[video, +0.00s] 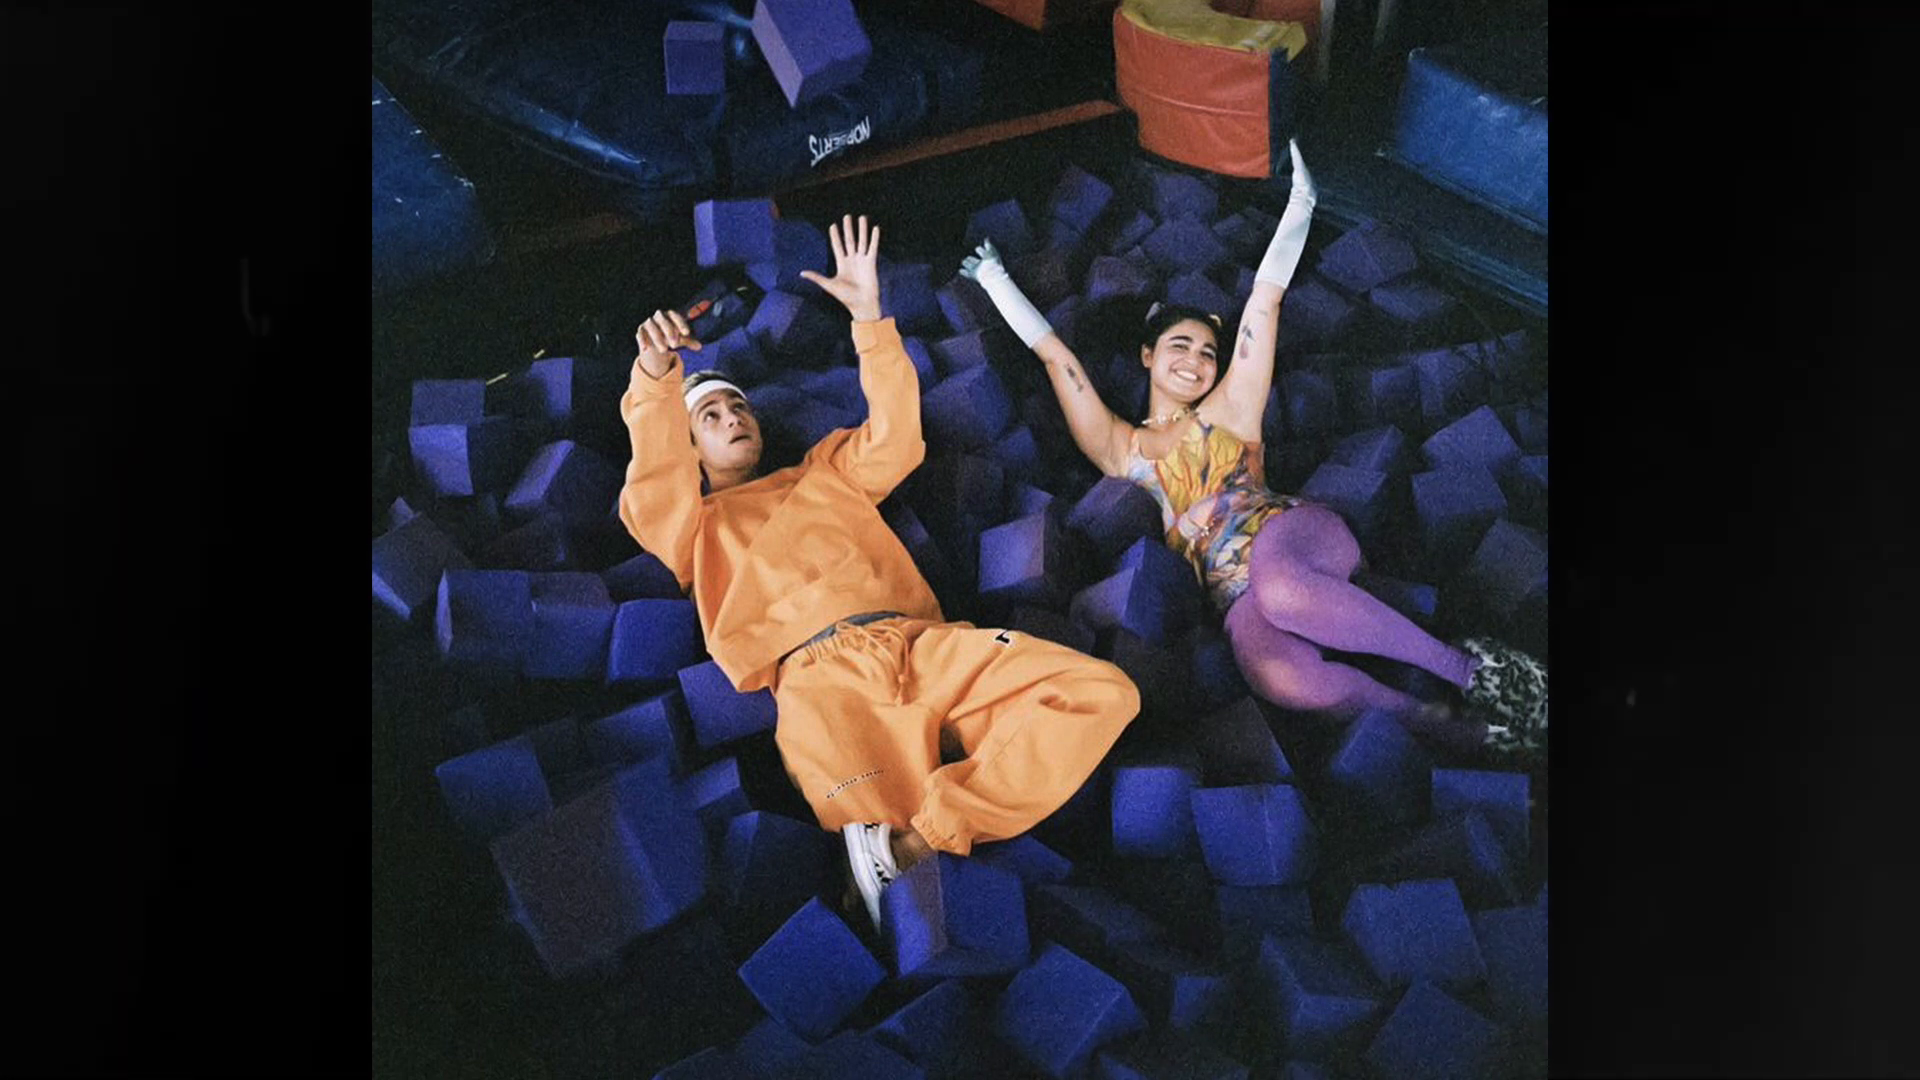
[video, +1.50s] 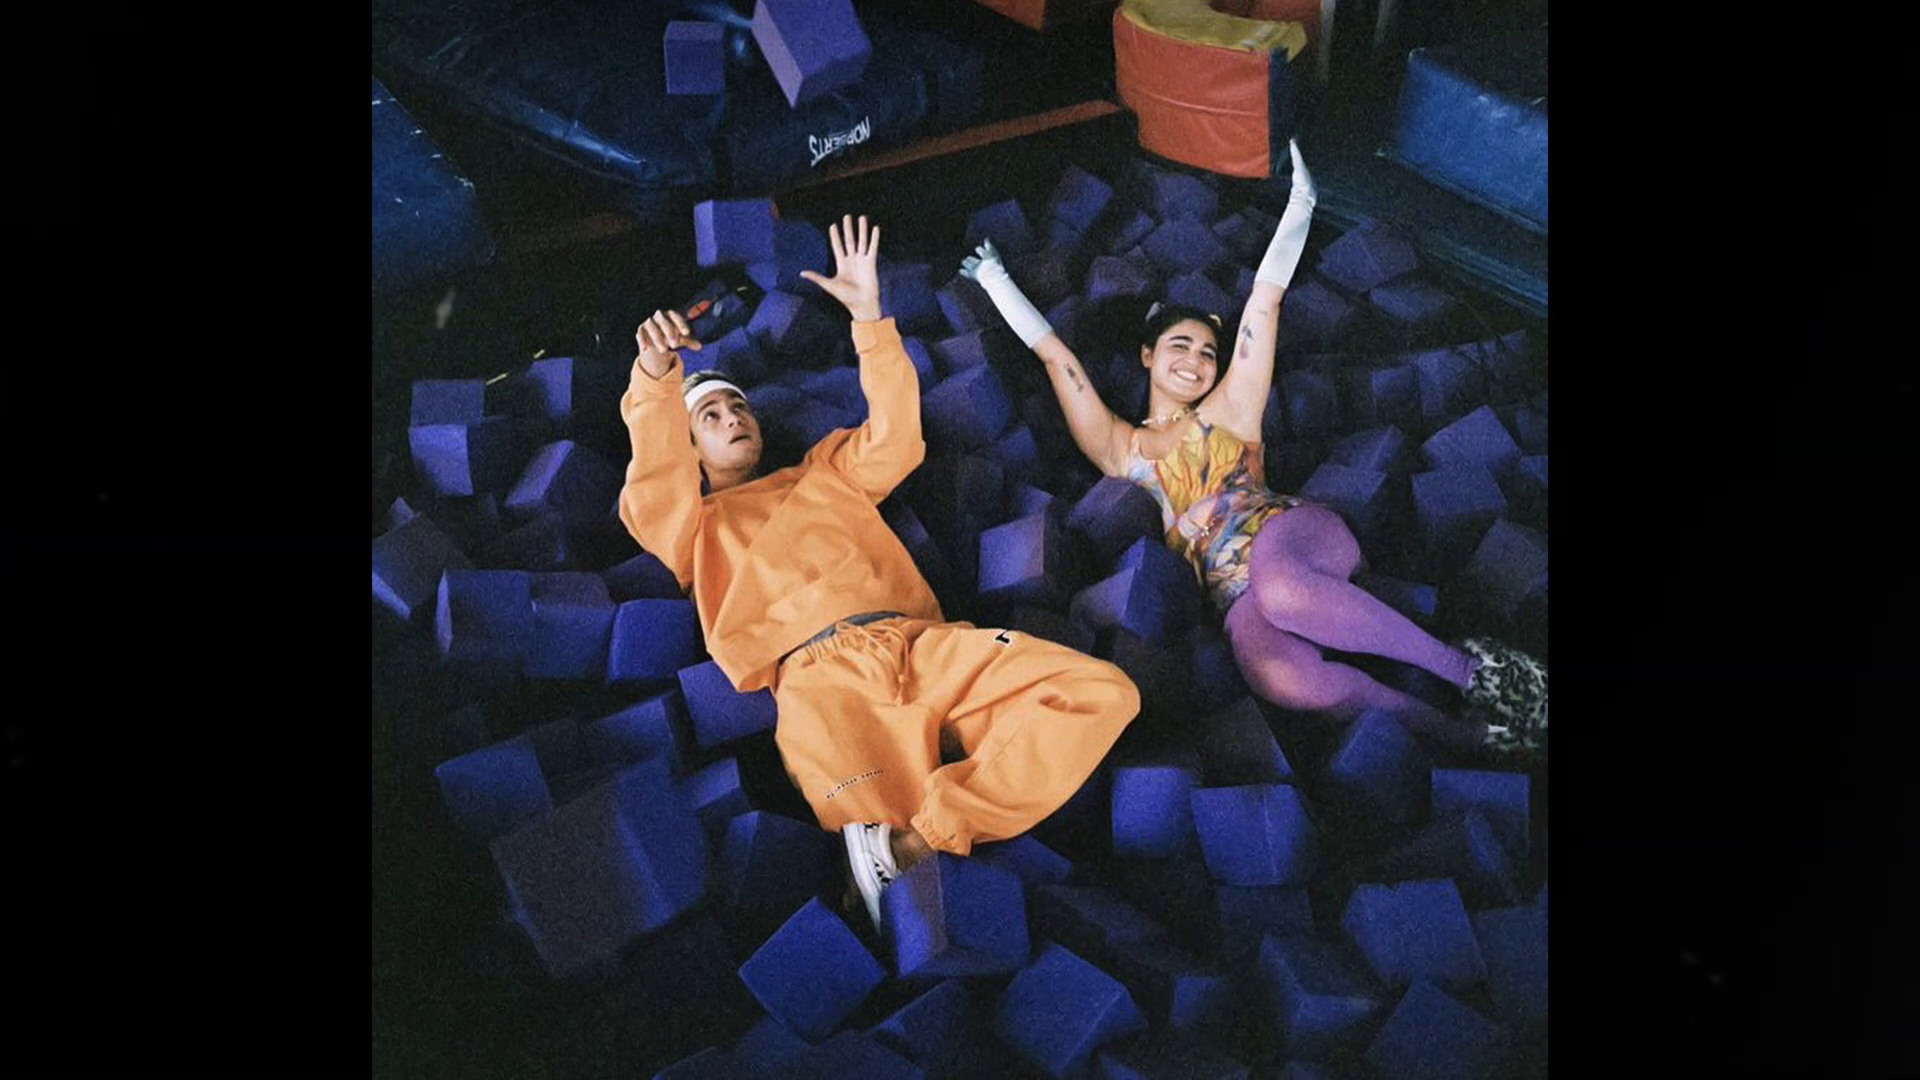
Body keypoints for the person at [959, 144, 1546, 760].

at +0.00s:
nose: (1190, 359)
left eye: (1204, 353)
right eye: (1176, 346)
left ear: (1216, 370)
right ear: (1145, 358)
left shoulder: (1230, 411)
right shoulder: (1122, 449)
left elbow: (1264, 304)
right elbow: (1057, 359)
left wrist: (1299, 209)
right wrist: (992, 277)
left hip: (1288, 531)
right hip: (1238, 596)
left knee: (1280, 593)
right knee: (1285, 680)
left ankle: (1472, 671)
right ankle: (1450, 723)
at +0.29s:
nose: (1191, 360)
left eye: (1204, 353)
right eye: (1176, 346)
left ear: (1216, 370)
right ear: (1145, 358)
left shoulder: (1230, 411)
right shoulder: (1122, 448)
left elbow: (1264, 304)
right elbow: (1057, 359)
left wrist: (1298, 209)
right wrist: (992, 277)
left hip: (1289, 532)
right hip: (1239, 597)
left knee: (1278, 593)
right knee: (1285, 680)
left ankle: (1471, 670)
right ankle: (1462, 732)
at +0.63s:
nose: (1190, 359)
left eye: (1204, 353)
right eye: (1176, 346)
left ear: (1216, 370)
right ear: (1145, 358)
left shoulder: (1230, 410)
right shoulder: (1123, 449)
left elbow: (1264, 305)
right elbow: (1057, 359)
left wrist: (1298, 209)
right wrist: (992, 277)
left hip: (1289, 532)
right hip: (1239, 597)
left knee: (1279, 593)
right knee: (1285, 679)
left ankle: (1471, 670)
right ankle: (1461, 732)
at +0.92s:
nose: (1191, 360)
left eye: (1205, 354)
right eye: (1177, 346)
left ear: (1217, 370)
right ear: (1145, 358)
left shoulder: (1230, 411)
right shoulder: (1123, 449)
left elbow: (1264, 304)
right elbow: (1057, 359)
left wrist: (1298, 209)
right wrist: (992, 277)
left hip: (1291, 532)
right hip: (1240, 598)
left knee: (1277, 592)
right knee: (1285, 680)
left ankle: (1471, 670)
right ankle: (1458, 731)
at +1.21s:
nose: (1190, 359)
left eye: (1204, 353)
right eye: (1176, 346)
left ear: (1216, 370)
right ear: (1145, 359)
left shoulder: (1230, 410)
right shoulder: (1123, 448)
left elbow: (1264, 304)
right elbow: (1057, 359)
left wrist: (1298, 208)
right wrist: (992, 277)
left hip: (1290, 532)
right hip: (1239, 598)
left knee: (1278, 593)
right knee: (1286, 680)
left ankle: (1471, 670)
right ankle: (1459, 732)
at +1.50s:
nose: (1190, 359)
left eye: (1204, 353)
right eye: (1176, 346)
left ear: (1216, 370)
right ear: (1145, 358)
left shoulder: (1230, 411)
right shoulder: (1122, 449)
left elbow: (1264, 304)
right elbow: (1057, 359)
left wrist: (1299, 209)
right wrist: (992, 277)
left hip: (1288, 531)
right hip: (1238, 596)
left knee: (1279, 593)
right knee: (1286, 680)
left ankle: (1471, 671)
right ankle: (1462, 733)